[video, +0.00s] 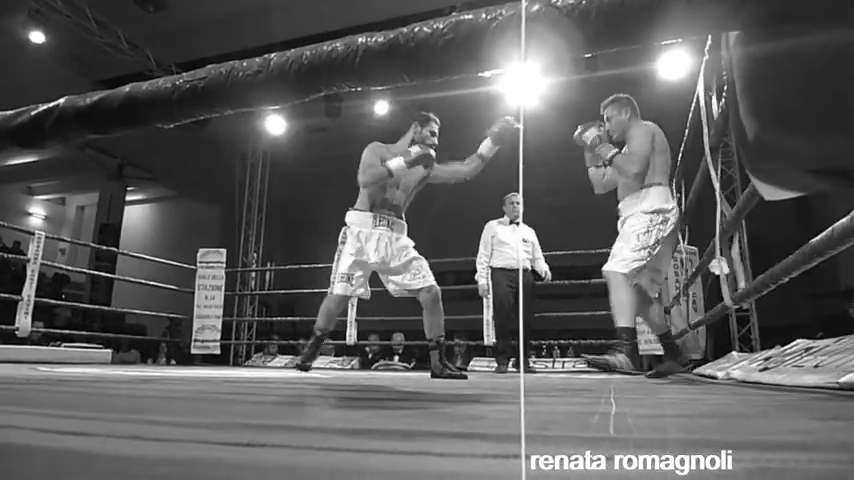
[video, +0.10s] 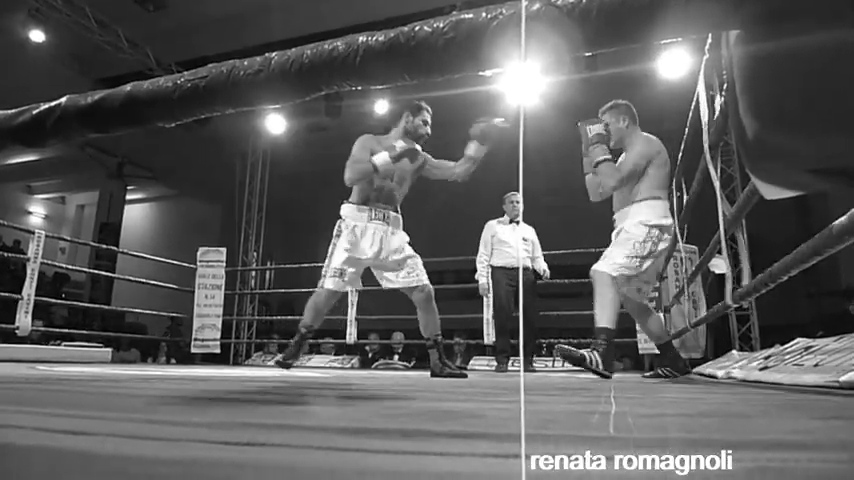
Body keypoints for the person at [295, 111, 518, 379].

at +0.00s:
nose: (435, 141)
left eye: (437, 136)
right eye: (432, 133)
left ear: (431, 138)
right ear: (414, 130)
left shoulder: (425, 169)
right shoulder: (377, 150)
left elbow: (465, 170)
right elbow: (365, 180)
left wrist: (494, 139)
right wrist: (405, 161)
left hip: (396, 238)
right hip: (360, 234)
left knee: (431, 294)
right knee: (339, 295)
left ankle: (438, 362)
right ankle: (312, 348)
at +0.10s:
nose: (428, 131)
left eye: (430, 126)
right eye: (424, 123)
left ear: (419, 126)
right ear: (406, 119)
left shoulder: (418, 159)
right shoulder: (368, 142)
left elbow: (459, 172)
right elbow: (350, 176)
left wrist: (478, 144)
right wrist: (390, 155)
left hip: (392, 232)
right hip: (355, 228)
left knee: (424, 292)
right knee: (329, 290)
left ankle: (437, 361)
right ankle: (295, 348)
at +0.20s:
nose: (405, 116)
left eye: (406, 111)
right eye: (399, 109)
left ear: (400, 117)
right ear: (379, 109)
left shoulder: (402, 155)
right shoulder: (347, 138)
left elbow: (414, 200)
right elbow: (333, 178)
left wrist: (424, 169)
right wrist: (372, 151)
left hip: (382, 227)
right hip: (343, 224)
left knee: (415, 292)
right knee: (311, 292)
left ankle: (436, 357)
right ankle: (279, 352)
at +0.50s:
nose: (382, 105)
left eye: (385, 101)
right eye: (376, 98)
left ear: (384, 111)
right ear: (357, 101)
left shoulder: (382, 146)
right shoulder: (330, 132)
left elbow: (406, 187)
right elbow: (356, 140)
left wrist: (424, 157)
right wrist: (384, 106)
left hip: (377, 227)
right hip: (338, 226)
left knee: (408, 282)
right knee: (310, 303)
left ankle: (425, 359)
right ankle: (272, 359)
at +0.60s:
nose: (385, 104)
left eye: (388, 100)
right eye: (378, 97)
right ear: (361, 101)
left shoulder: (387, 148)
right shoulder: (337, 132)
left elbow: (415, 189)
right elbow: (376, 123)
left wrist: (425, 157)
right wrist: (399, 92)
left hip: (384, 230)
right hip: (343, 231)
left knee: (409, 286)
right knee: (311, 305)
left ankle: (437, 360)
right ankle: (274, 357)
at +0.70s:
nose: (421, 97)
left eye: (423, 92)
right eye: (415, 90)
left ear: (423, 97)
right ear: (393, 93)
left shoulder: (425, 135)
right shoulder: (360, 125)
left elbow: (472, 150)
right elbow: (356, 148)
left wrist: (476, 107)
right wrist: (383, 104)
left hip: (399, 227)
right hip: (355, 224)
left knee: (420, 284)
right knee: (315, 297)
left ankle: (444, 365)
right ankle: (292, 351)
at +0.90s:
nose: (411, 82)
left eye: (416, 77)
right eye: (406, 75)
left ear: (424, 84)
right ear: (395, 82)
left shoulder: (430, 113)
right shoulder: (373, 112)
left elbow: (462, 118)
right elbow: (345, 129)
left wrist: (436, 89)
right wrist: (370, 93)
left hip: (418, 205)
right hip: (375, 206)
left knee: (434, 263)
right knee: (341, 282)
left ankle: (448, 349)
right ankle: (346, 351)